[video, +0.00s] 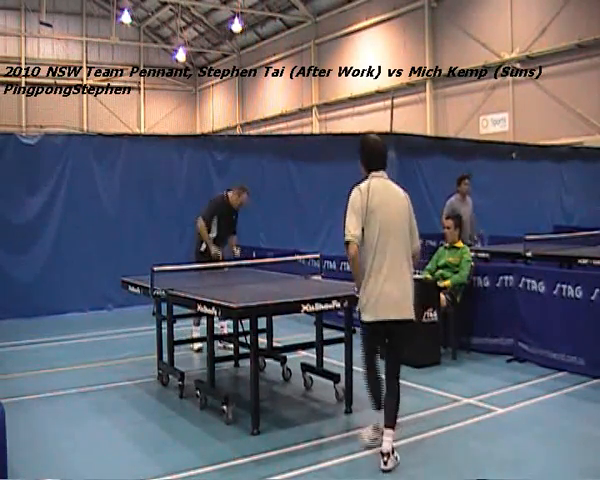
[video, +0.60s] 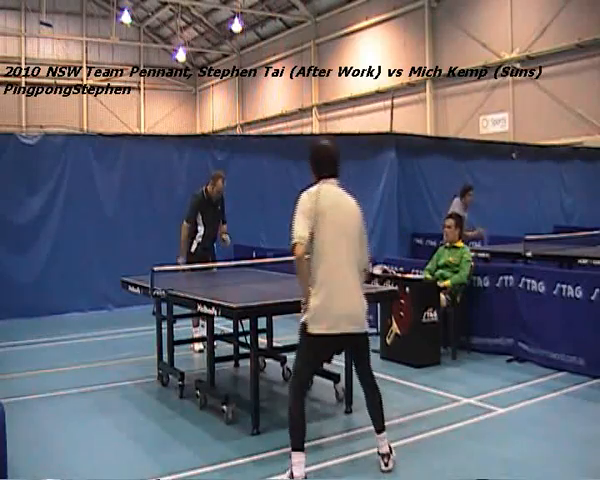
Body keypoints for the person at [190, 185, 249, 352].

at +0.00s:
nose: (242, 204)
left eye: (243, 201)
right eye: (242, 200)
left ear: (239, 197)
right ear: (235, 194)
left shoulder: (234, 210)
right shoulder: (218, 203)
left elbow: (231, 232)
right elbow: (201, 222)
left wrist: (234, 247)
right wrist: (210, 245)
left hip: (219, 254)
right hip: (204, 253)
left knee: (223, 290)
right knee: (201, 292)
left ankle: (223, 332)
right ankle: (196, 333)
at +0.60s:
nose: (219, 193)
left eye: (221, 190)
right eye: (217, 189)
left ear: (222, 189)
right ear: (209, 186)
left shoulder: (220, 199)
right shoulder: (197, 200)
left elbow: (222, 221)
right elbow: (186, 225)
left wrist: (224, 234)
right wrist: (182, 254)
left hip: (210, 249)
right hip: (194, 251)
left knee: (210, 287)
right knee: (195, 291)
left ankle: (207, 329)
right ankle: (196, 330)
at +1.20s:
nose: (219, 187)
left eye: (222, 183)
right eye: (216, 183)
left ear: (224, 183)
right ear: (209, 182)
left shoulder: (222, 201)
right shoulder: (199, 199)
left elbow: (226, 225)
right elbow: (182, 218)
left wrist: (226, 242)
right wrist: (192, 238)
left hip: (211, 250)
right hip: (198, 250)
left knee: (212, 292)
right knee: (200, 293)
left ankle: (208, 334)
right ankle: (202, 335)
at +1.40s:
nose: (218, 189)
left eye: (220, 185)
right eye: (215, 185)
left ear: (223, 185)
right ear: (208, 183)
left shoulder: (222, 200)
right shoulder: (199, 199)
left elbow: (227, 225)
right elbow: (192, 224)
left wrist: (227, 239)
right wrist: (214, 224)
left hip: (211, 250)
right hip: (197, 251)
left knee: (211, 292)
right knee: (200, 293)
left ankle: (205, 329)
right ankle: (202, 332)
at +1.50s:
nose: (217, 188)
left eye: (220, 184)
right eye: (215, 184)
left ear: (223, 183)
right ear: (208, 181)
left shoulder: (220, 198)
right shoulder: (201, 197)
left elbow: (226, 225)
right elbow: (200, 220)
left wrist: (227, 219)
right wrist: (221, 210)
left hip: (211, 250)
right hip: (197, 250)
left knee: (210, 291)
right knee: (201, 293)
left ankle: (204, 328)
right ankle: (201, 331)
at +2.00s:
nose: (225, 193)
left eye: (227, 189)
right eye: (224, 188)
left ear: (224, 187)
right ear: (216, 185)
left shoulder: (217, 200)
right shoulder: (206, 198)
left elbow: (219, 225)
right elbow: (214, 222)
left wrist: (230, 238)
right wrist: (232, 220)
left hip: (208, 249)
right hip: (198, 250)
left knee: (212, 286)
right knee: (206, 291)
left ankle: (202, 320)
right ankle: (204, 339)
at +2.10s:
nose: (227, 195)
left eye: (229, 192)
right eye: (225, 191)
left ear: (229, 191)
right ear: (217, 188)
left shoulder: (224, 207)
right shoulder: (209, 196)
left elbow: (222, 233)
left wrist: (226, 253)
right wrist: (207, 213)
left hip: (209, 249)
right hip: (197, 248)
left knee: (208, 288)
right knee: (201, 289)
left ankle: (200, 327)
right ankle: (200, 334)